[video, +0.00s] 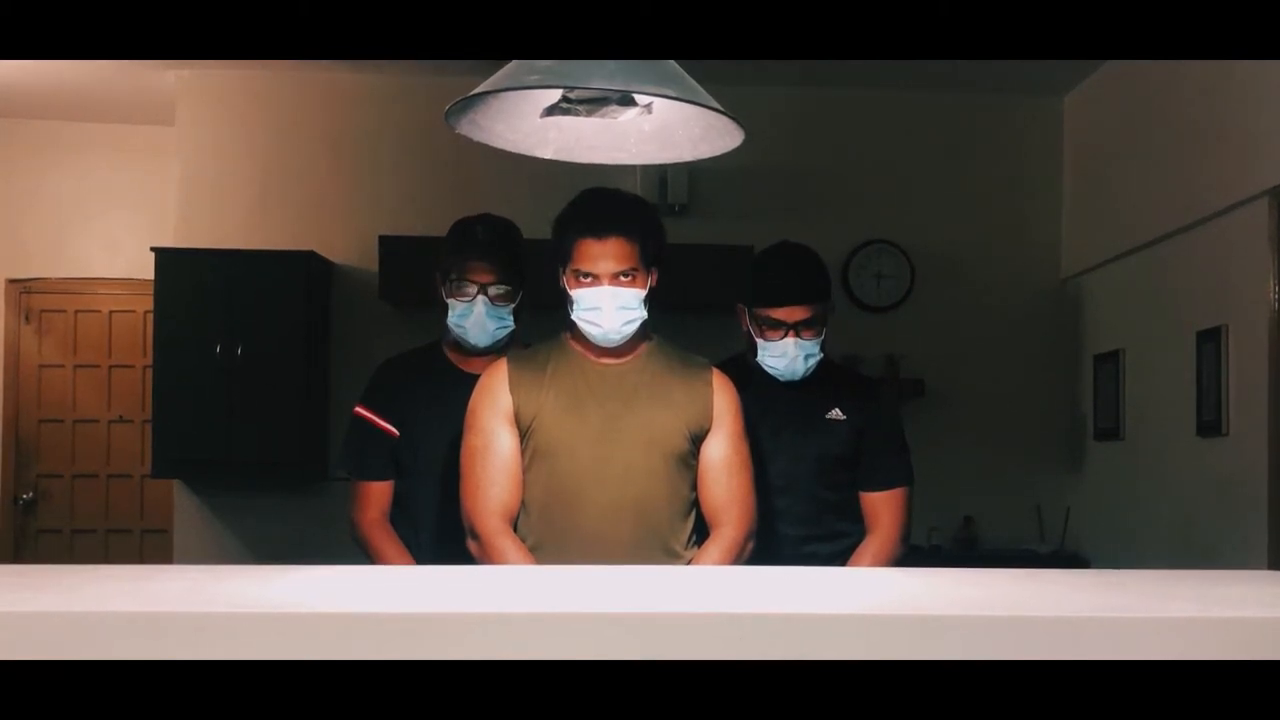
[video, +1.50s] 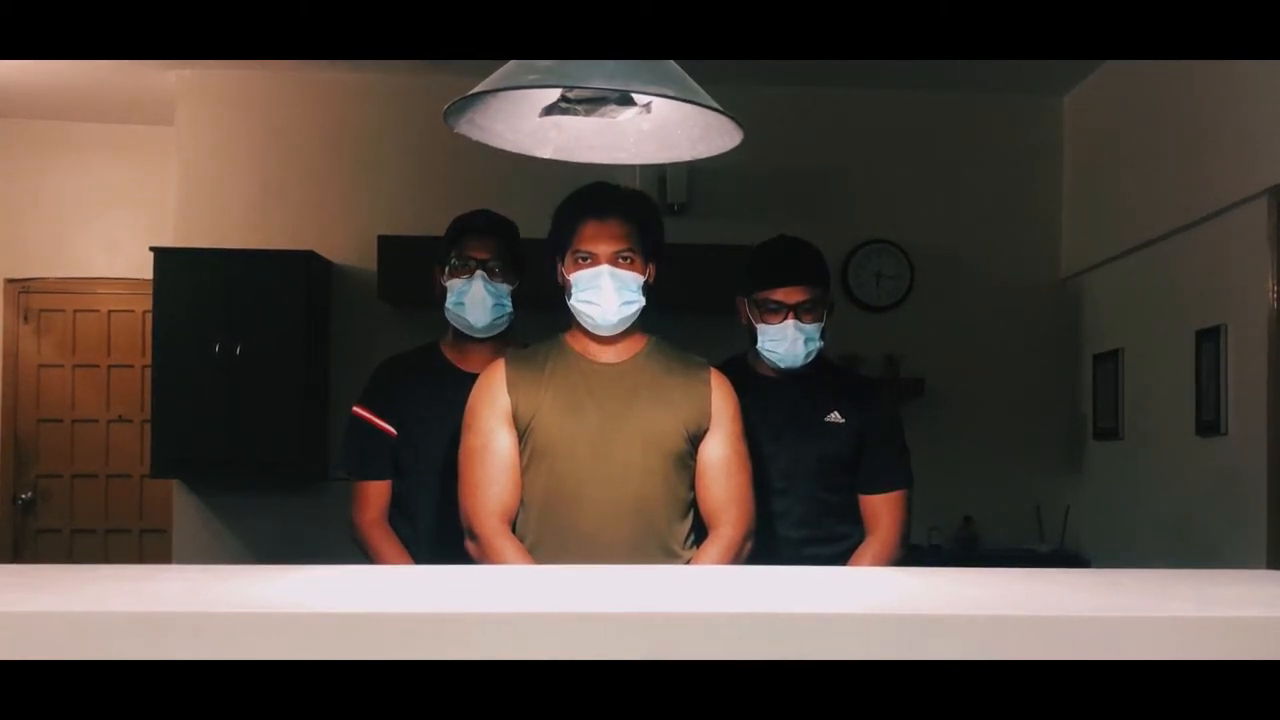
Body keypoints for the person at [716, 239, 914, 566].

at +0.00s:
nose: (791, 342)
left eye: (807, 326)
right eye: (772, 326)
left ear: (826, 319)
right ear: (746, 320)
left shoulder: (863, 399)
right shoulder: (716, 393)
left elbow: (886, 535)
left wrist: (832, 606)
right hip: (740, 591)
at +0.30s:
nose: (792, 338)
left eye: (808, 322)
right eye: (773, 322)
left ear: (827, 316)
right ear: (746, 317)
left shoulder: (862, 399)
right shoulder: (716, 392)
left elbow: (886, 536)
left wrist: (831, 606)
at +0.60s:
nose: (792, 334)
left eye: (808, 319)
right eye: (774, 319)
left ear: (827, 314)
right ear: (746, 315)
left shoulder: (863, 400)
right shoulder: (715, 393)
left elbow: (886, 537)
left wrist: (831, 607)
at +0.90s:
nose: (792, 331)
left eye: (808, 315)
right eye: (774, 315)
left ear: (826, 313)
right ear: (746, 314)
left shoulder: (863, 400)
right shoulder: (714, 393)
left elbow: (885, 537)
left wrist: (831, 607)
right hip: (739, 593)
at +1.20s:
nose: (791, 328)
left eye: (807, 312)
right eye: (773, 312)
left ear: (826, 312)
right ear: (746, 312)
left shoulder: (862, 400)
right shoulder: (713, 393)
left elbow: (885, 537)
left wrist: (830, 611)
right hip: (737, 594)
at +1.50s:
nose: (791, 326)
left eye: (807, 310)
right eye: (773, 309)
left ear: (826, 310)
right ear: (746, 310)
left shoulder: (863, 400)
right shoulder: (712, 394)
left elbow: (885, 537)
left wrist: (830, 611)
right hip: (737, 595)